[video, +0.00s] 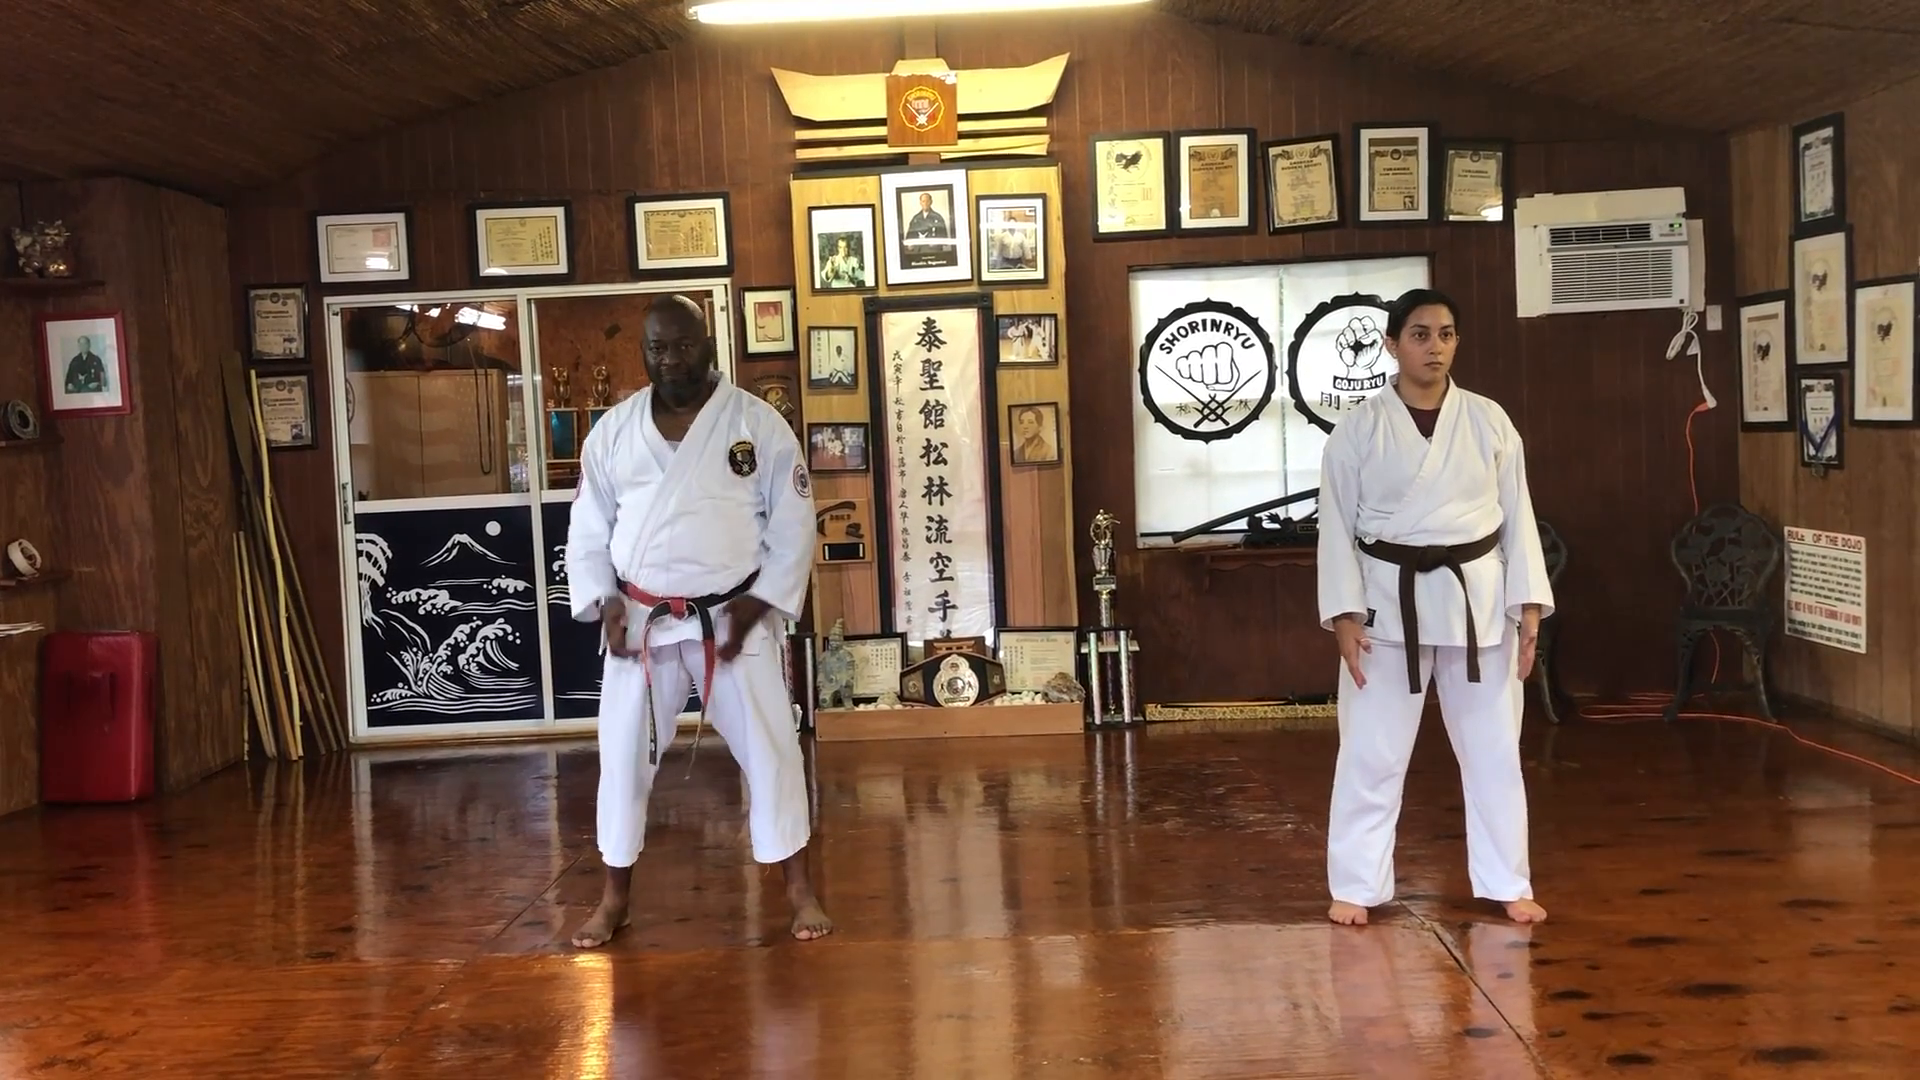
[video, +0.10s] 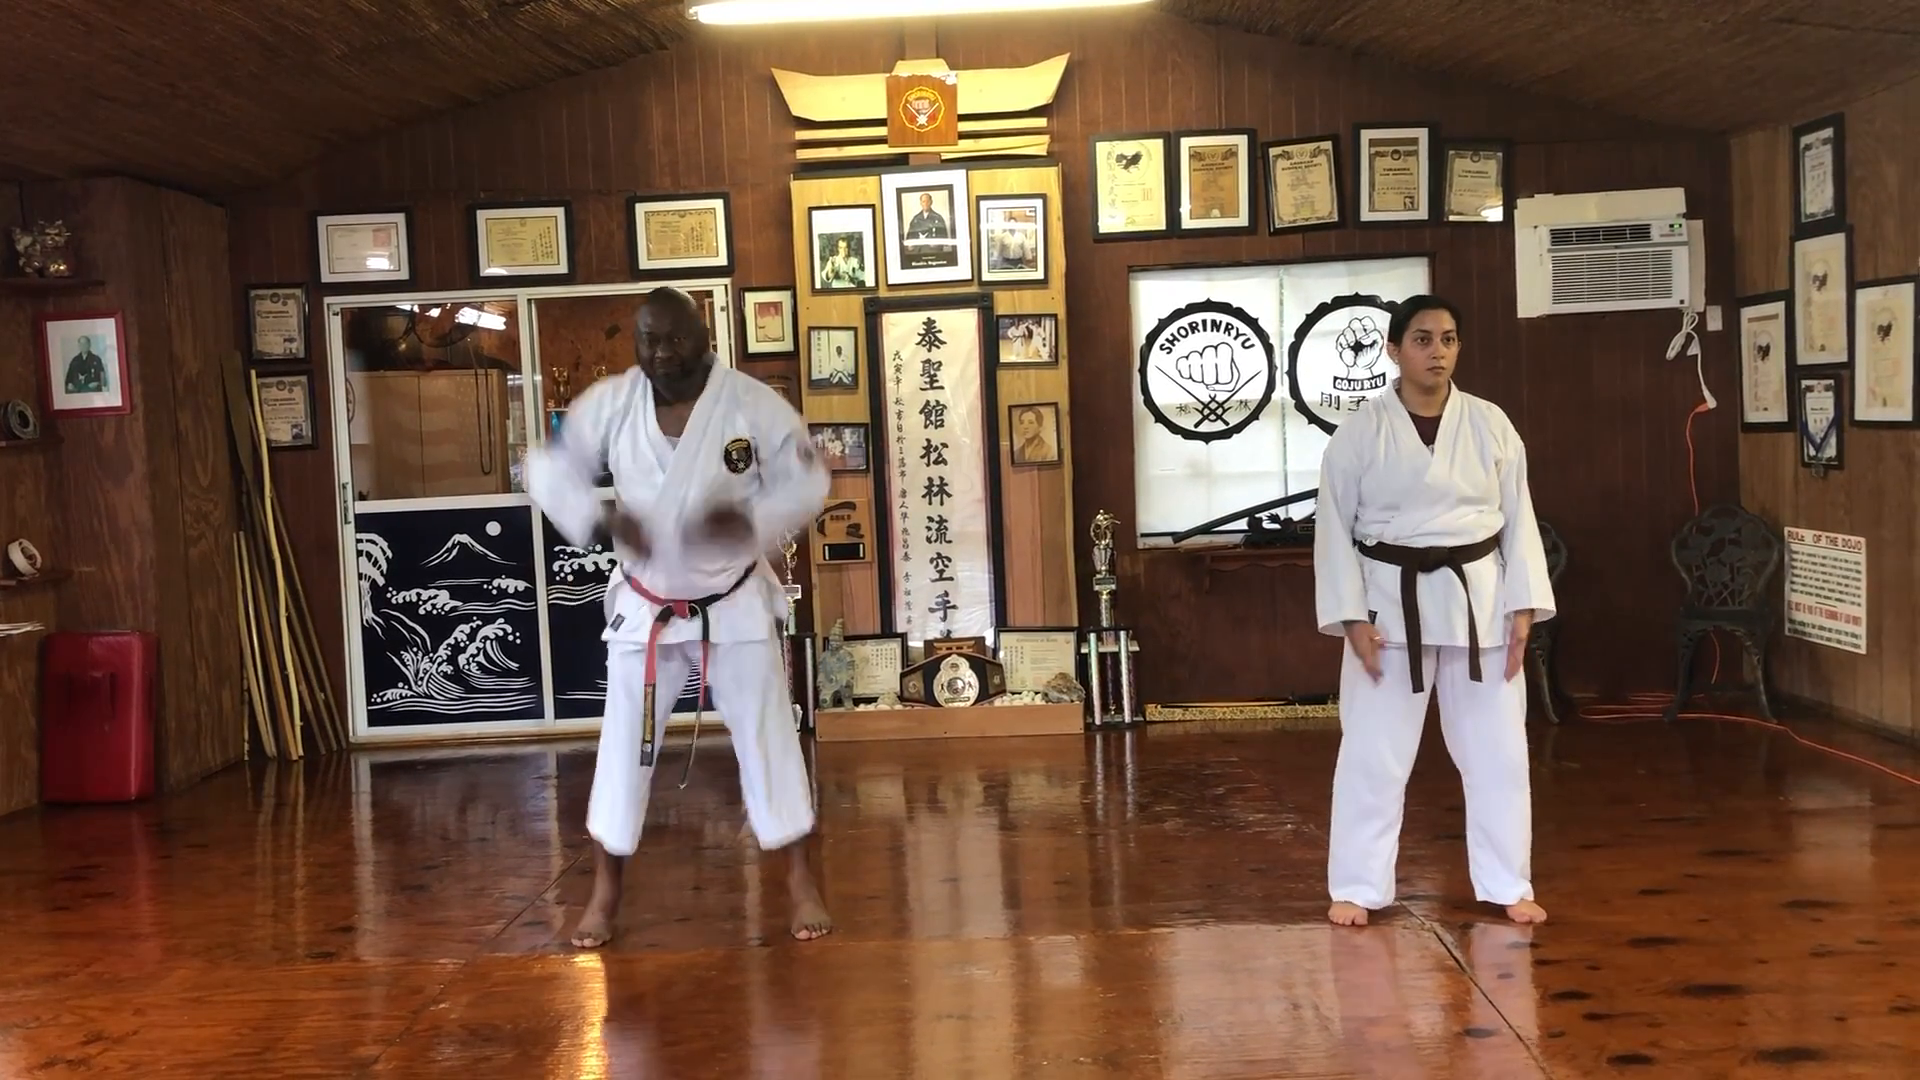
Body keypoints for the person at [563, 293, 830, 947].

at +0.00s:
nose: (668, 360)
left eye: (681, 346)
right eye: (656, 349)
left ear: (707, 344)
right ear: (642, 354)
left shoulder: (757, 424)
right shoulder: (611, 432)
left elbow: (793, 522)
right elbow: (589, 524)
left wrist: (759, 600)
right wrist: (602, 598)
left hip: (734, 615)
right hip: (639, 619)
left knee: (772, 750)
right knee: (622, 757)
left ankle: (800, 889)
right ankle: (612, 898)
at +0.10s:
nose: (653, 352)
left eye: (667, 340)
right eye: (644, 340)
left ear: (701, 340)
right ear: (633, 342)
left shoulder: (755, 405)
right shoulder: (609, 402)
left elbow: (808, 484)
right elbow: (547, 470)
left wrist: (749, 523)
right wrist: (602, 517)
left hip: (735, 594)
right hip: (643, 597)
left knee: (767, 735)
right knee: (621, 740)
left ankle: (802, 888)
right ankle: (603, 897)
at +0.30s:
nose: (651, 416)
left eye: (662, 404)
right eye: (641, 405)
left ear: (684, 390)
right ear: (626, 396)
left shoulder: (726, 425)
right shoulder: (608, 426)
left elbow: (773, 457)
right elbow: (557, 462)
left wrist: (722, 403)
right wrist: (546, 396)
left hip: (739, 619)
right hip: (648, 625)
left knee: (768, 750)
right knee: (622, 754)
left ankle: (786, 893)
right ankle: (599, 899)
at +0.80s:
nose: (659, 408)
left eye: (673, 398)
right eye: (651, 397)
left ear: (703, 391)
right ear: (639, 390)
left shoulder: (737, 429)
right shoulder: (611, 428)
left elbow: (774, 485)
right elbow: (550, 498)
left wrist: (694, 447)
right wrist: (547, 457)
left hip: (723, 618)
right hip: (632, 621)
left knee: (758, 743)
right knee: (616, 752)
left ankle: (786, 893)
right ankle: (616, 891)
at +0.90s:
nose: (657, 410)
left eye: (671, 398)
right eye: (649, 397)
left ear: (703, 396)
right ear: (639, 394)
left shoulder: (738, 445)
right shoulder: (613, 438)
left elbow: (761, 501)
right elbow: (573, 497)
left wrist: (684, 514)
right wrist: (544, 523)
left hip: (706, 629)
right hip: (611, 627)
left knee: (750, 756)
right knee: (578, 761)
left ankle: (785, 893)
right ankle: (576, 887)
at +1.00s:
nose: (604, 411)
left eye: (618, 400)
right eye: (600, 399)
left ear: (656, 400)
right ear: (596, 398)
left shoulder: (702, 450)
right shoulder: (578, 450)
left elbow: (754, 497)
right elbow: (545, 523)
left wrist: (736, 552)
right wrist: (588, 550)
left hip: (680, 642)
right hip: (583, 642)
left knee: (734, 754)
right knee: (519, 756)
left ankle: (785, 893)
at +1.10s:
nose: (526, 419)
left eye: (540, 409)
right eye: (523, 406)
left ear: (584, 411)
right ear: (524, 408)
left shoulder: (649, 457)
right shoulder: (511, 459)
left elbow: (725, 490)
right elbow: (528, 500)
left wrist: (799, 526)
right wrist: (616, 499)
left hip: (633, 651)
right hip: (536, 651)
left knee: (698, 760)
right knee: (455, 756)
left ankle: (777, 894)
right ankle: (383, 887)